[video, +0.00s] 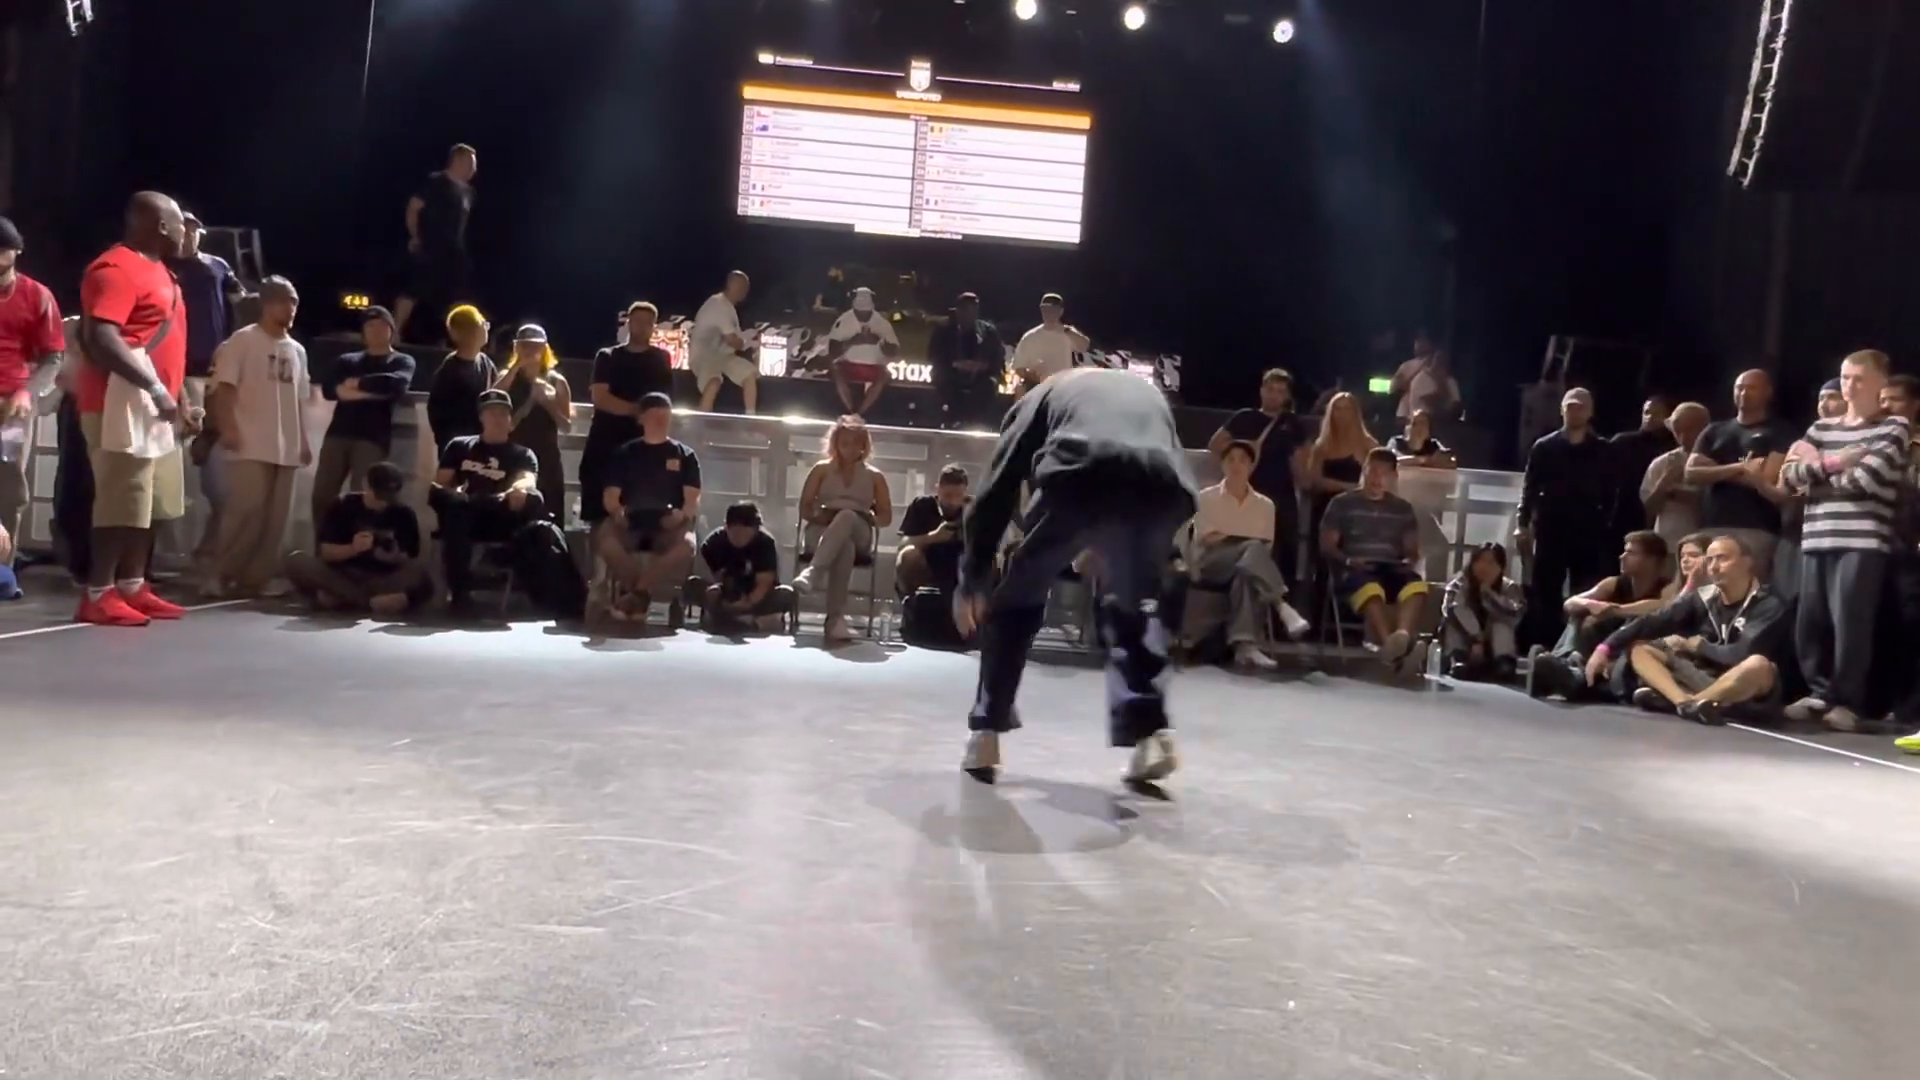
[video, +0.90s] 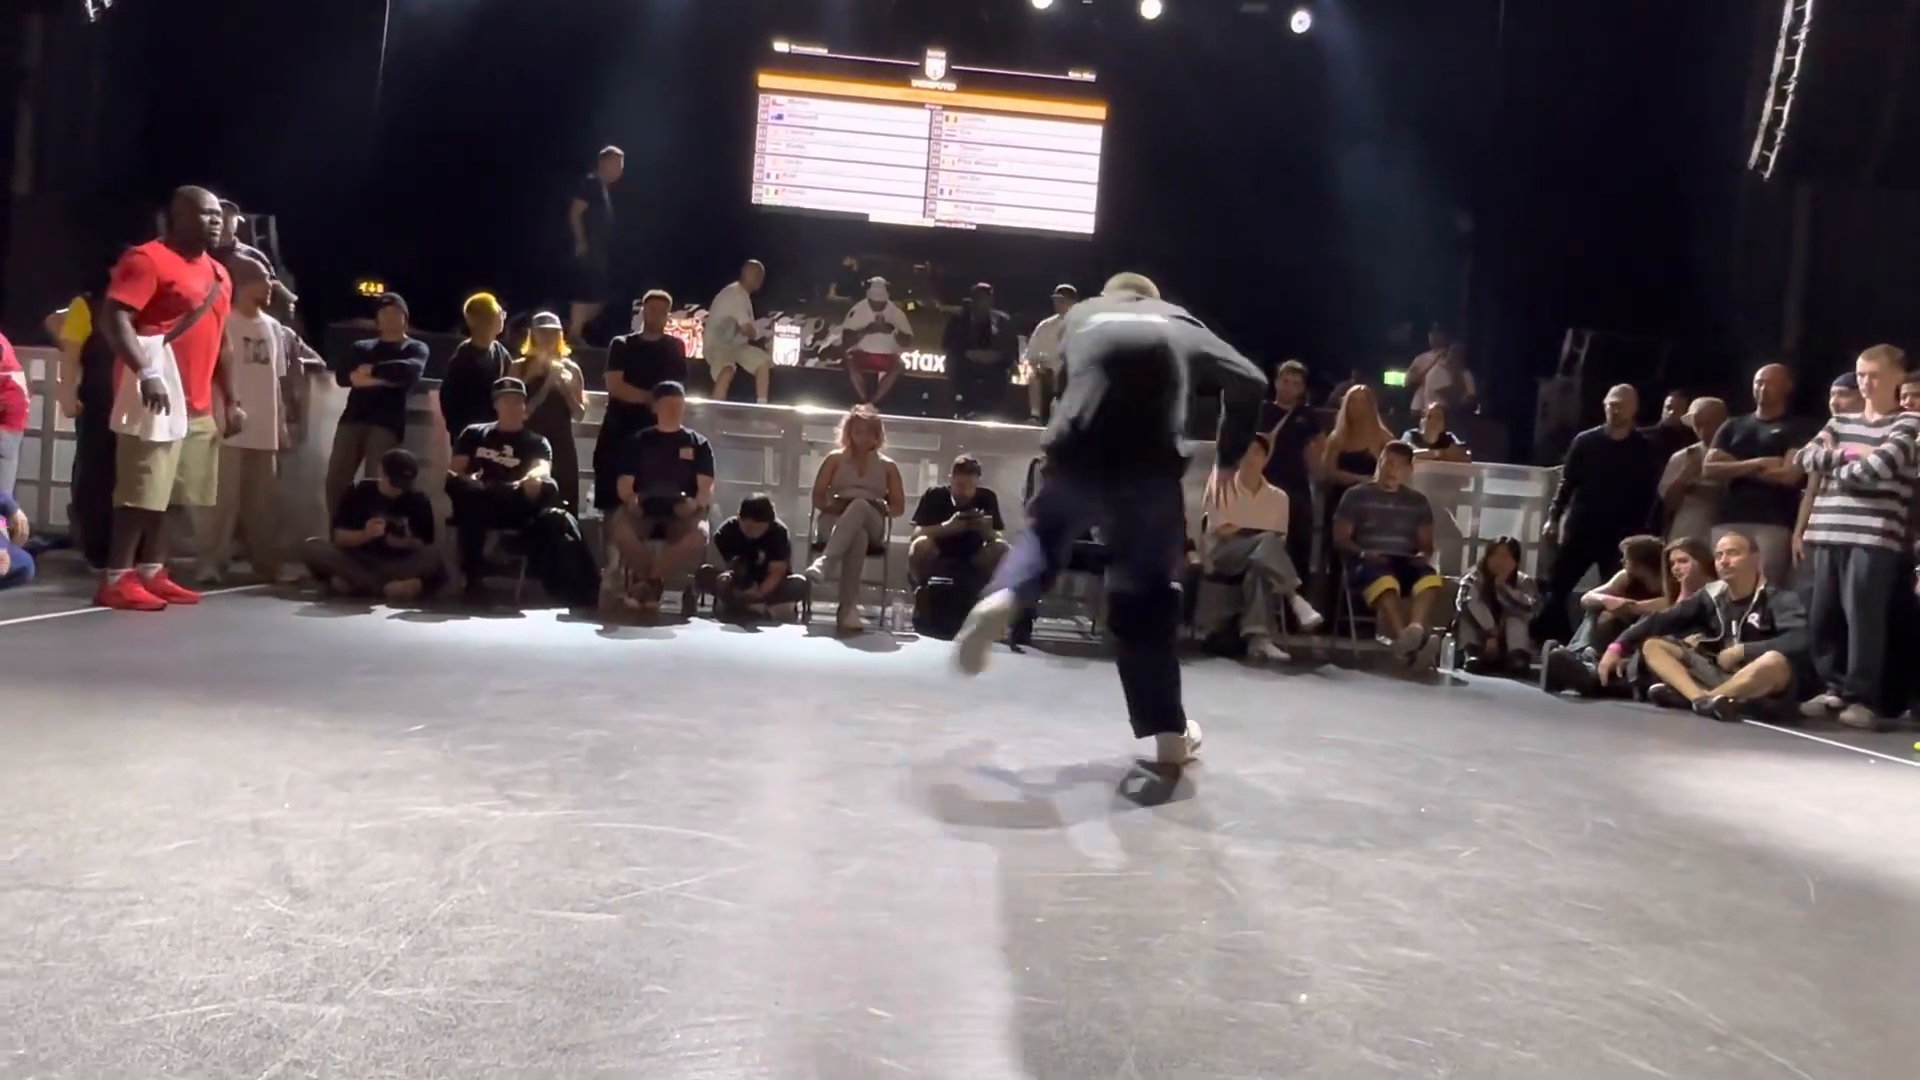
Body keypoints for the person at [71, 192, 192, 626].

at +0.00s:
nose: (182, 231)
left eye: (181, 224)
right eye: (176, 224)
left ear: (154, 226)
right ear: (155, 226)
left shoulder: (157, 271)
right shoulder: (115, 269)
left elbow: (160, 348)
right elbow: (100, 336)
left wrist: (180, 398)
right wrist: (153, 385)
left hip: (149, 402)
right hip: (116, 403)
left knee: (148, 496)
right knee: (119, 498)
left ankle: (132, 587)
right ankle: (98, 594)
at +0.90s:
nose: (216, 220)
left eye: (218, 214)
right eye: (206, 213)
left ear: (221, 223)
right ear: (177, 218)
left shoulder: (220, 275)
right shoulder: (147, 260)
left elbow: (218, 343)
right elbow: (112, 316)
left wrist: (229, 399)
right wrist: (145, 371)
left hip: (195, 408)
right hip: (150, 401)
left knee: (170, 496)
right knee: (139, 495)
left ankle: (152, 572)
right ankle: (116, 578)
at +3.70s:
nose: (176, 209)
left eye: (182, 201)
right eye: (170, 204)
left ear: (204, 199)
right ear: (164, 209)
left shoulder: (237, 252)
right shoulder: (160, 253)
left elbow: (259, 321)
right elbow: (119, 279)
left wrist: (249, 381)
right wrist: (88, 263)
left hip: (221, 386)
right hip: (169, 388)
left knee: (235, 481)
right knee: (170, 477)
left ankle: (238, 564)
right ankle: (177, 560)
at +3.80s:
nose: (174, 208)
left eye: (181, 199)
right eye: (168, 202)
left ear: (204, 200)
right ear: (163, 208)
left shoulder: (236, 252)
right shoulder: (158, 252)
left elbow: (260, 318)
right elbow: (114, 281)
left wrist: (247, 378)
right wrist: (86, 265)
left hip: (222, 386)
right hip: (170, 388)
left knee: (233, 481)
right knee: (171, 478)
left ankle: (235, 563)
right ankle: (177, 560)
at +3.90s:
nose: (184, 204)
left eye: (191, 197)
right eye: (176, 199)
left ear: (209, 201)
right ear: (166, 207)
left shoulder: (237, 250)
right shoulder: (157, 250)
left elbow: (263, 315)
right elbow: (111, 285)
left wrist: (249, 376)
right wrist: (83, 260)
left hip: (223, 386)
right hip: (168, 387)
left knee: (227, 478)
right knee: (169, 476)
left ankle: (226, 559)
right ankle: (178, 559)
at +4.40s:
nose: (225, 206)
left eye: (232, 200)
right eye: (217, 200)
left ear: (244, 208)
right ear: (201, 206)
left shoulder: (263, 257)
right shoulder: (178, 247)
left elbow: (282, 328)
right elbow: (128, 272)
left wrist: (277, 389)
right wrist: (87, 239)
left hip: (235, 391)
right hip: (175, 388)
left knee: (235, 482)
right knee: (170, 477)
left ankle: (226, 561)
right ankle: (177, 559)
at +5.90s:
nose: (87, 247)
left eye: (92, 237)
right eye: (81, 240)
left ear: (113, 229)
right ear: (78, 241)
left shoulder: (156, 269)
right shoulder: (78, 281)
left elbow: (195, 330)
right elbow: (62, 346)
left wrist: (222, 384)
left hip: (164, 408)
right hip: (107, 413)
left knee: (171, 498)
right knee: (103, 503)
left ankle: (166, 582)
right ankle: (112, 584)